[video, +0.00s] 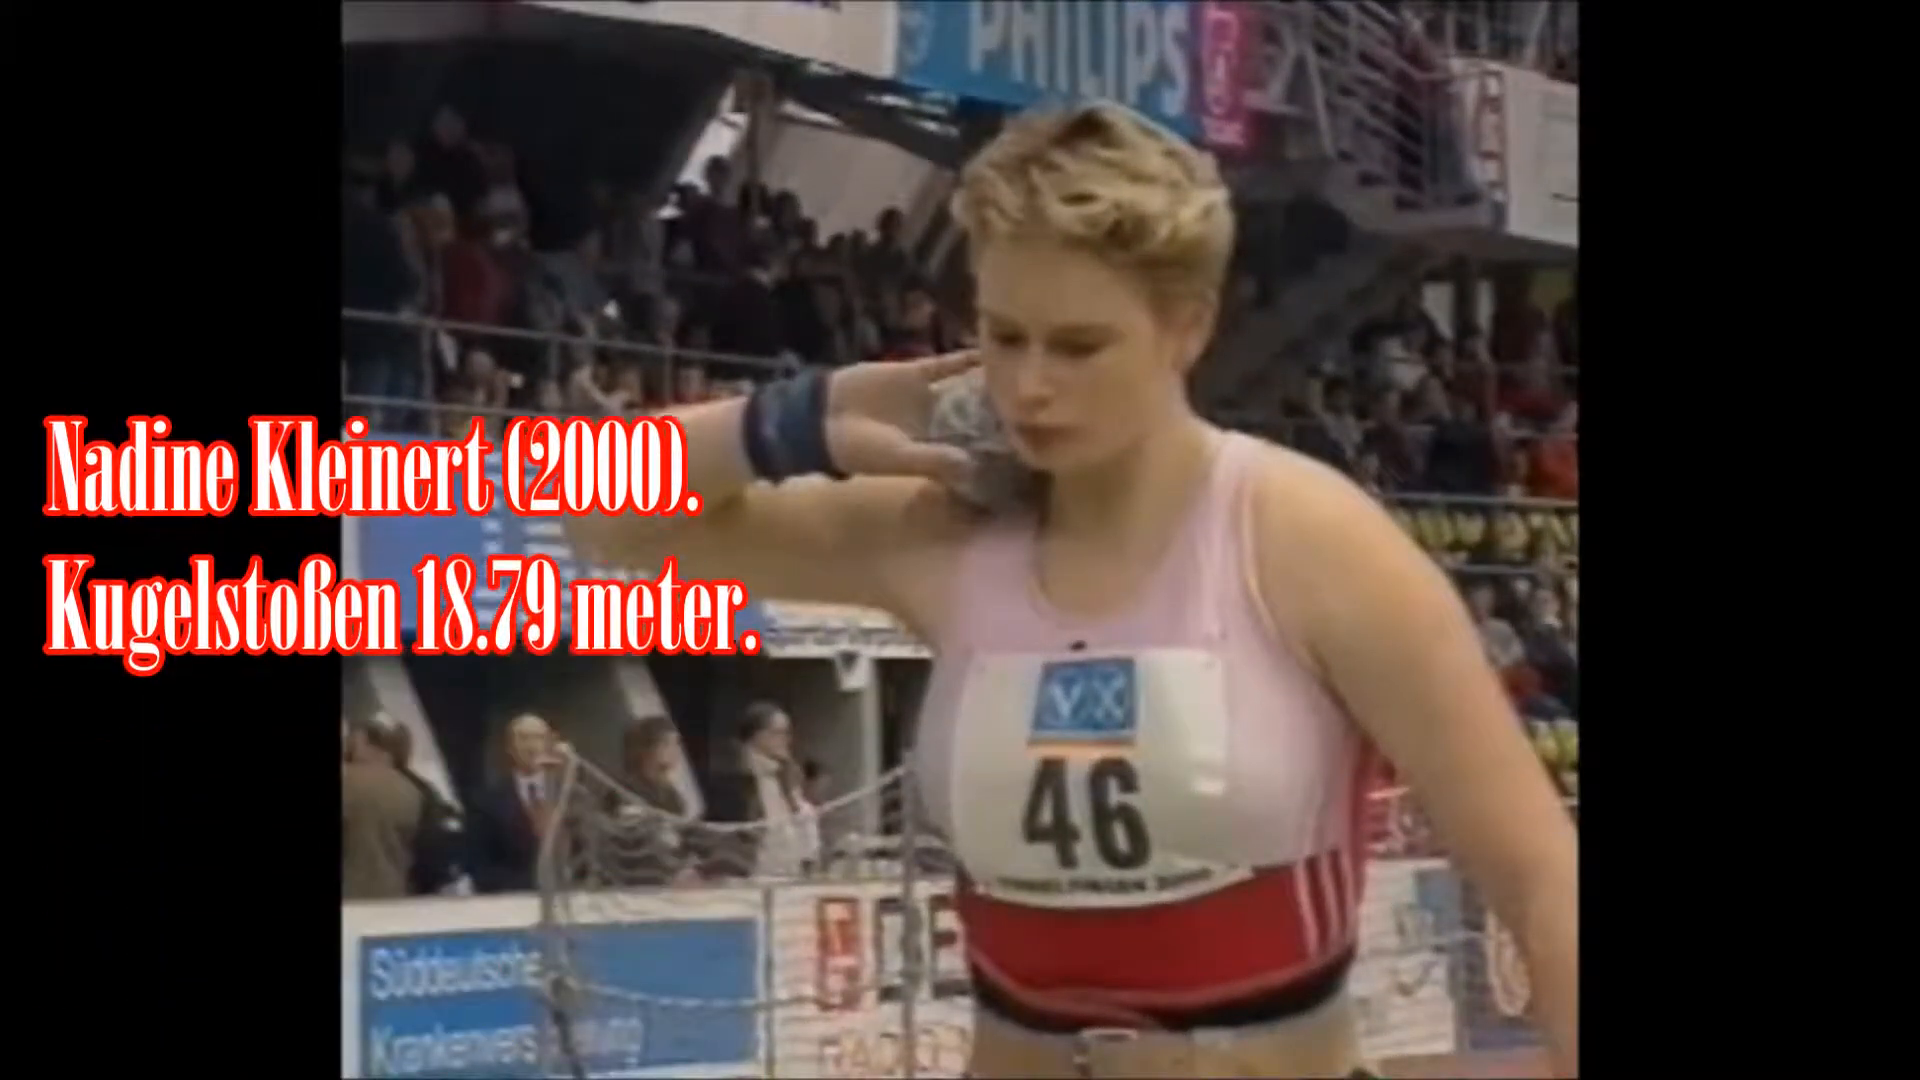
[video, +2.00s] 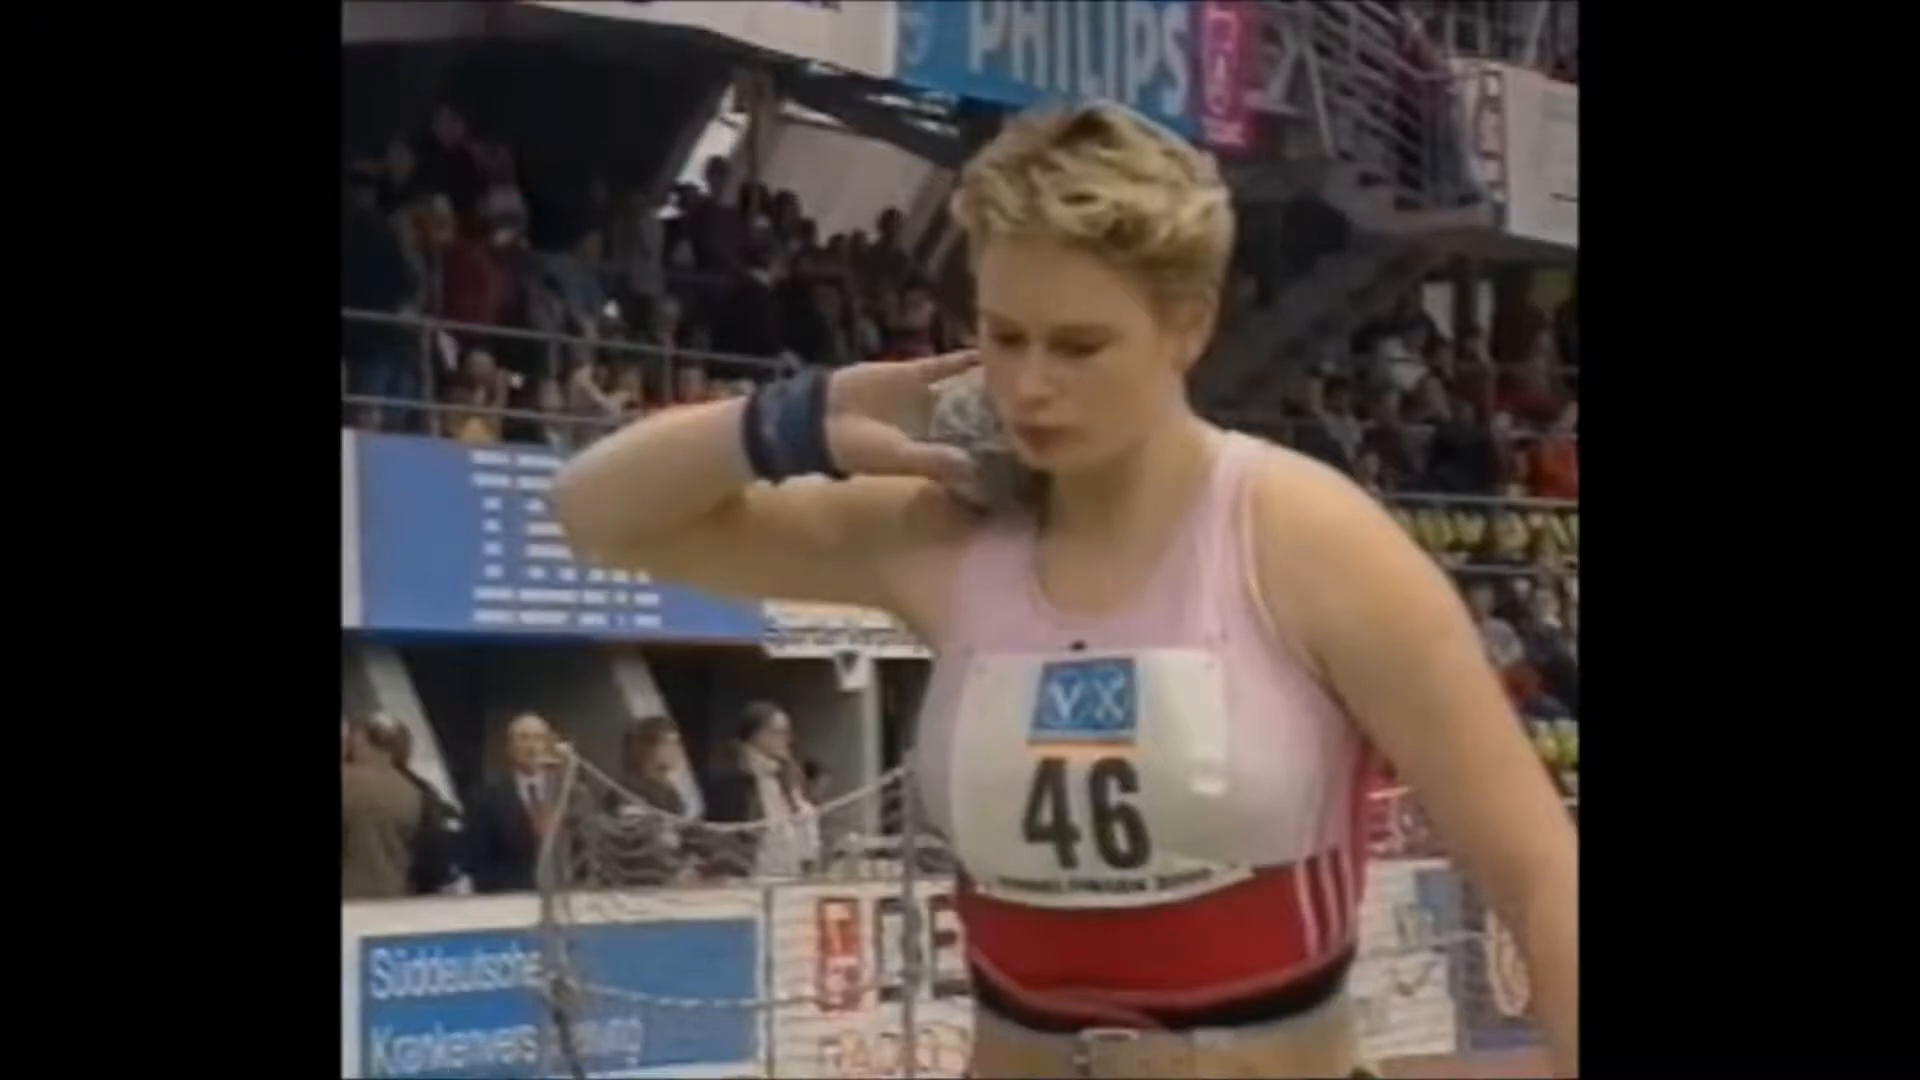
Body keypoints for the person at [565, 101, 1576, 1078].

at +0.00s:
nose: (1028, 387)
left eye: (1079, 344)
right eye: (1004, 337)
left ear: (1186, 327)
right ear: (972, 322)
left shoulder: (1303, 533)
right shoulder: (926, 536)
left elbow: (1539, 875)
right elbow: (606, 508)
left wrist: (1563, 1061)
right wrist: (811, 421)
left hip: (1271, 1054)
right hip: (1017, 1053)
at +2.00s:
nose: (1028, 387)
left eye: (1078, 345)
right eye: (1003, 339)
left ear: (1186, 330)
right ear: (974, 325)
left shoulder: (1301, 532)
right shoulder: (928, 535)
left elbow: (1539, 874)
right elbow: (600, 512)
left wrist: (1563, 1060)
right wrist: (816, 418)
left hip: (1270, 1054)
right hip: (1017, 1052)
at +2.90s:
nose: (939, 509)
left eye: (984, 464)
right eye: (910, 465)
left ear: (1087, 441)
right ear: (882, 458)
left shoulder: (1226, 610)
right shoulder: (877, 712)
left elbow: (1519, 877)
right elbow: (593, 895)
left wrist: (1563, 1060)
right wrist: (744, 612)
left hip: (1289, 1051)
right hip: (1048, 1060)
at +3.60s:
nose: (1159, 438)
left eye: (1204, 399)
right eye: (1136, 393)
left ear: (1301, 381)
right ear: (1108, 379)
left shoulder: (1408, 570)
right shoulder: (1074, 572)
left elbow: (1621, 875)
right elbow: (770, 543)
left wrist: (1657, 1053)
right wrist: (982, 473)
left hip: (1371, 1055)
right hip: (1144, 1056)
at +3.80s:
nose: (1145, 426)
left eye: (1189, 388)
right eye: (1123, 378)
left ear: (1288, 364)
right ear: (1096, 357)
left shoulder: (1387, 545)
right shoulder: (1054, 555)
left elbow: (1604, 851)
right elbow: (739, 617)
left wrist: (1669, 1032)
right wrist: (968, 469)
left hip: (1344, 1052)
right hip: (1106, 1056)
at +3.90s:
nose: (1116, 421)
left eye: (1160, 384)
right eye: (1093, 376)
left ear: (1260, 358)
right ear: (1064, 355)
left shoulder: (1357, 533)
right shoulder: (1027, 546)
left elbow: (1566, 833)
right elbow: (704, 596)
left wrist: (1650, 1052)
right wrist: (943, 461)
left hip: (1324, 1055)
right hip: (1089, 1054)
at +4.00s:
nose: (1088, 428)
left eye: (1134, 391)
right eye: (1066, 379)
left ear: (1237, 361)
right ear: (1036, 354)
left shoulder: (1332, 527)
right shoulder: (1007, 545)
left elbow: (1524, 822)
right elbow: (669, 581)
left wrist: (1597, 1058)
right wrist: (917, 483)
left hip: (1309, 1054)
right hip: (1073, 1053)